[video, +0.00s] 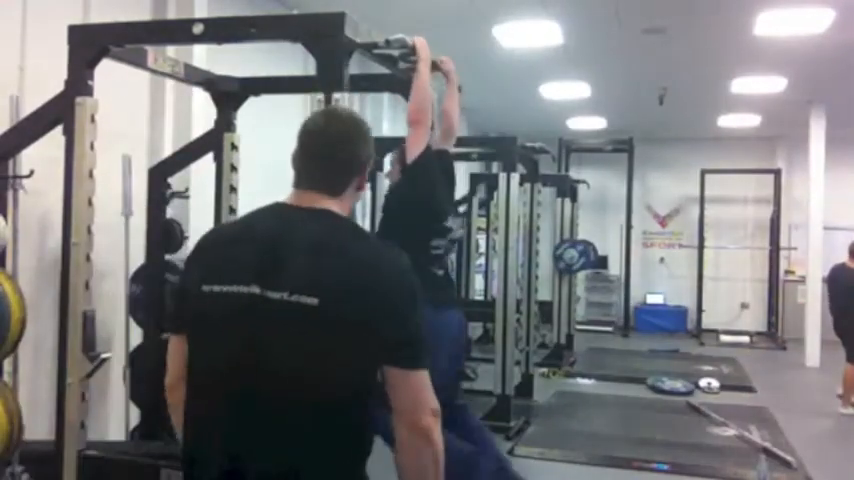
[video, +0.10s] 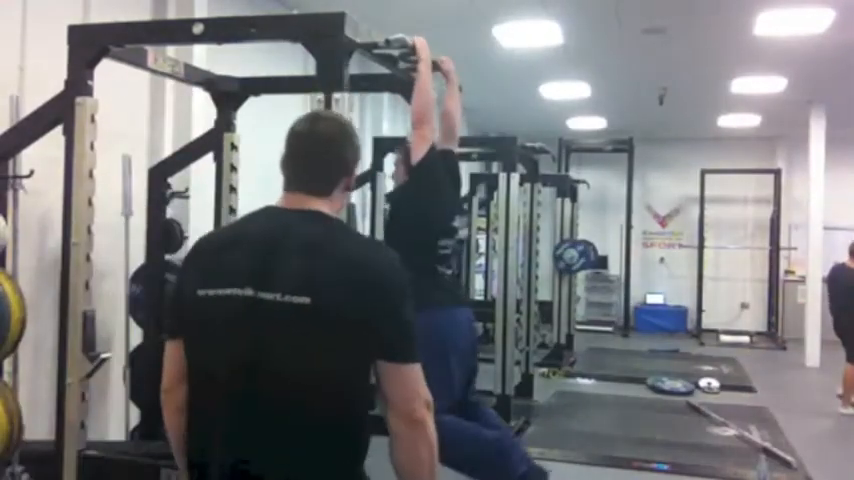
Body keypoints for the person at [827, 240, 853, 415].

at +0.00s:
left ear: (848, 253)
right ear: (852, 254)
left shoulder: (836, 271)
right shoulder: (843, 272)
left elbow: (833, 302)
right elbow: (835, 303)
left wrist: (837, 318)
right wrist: (839, 319)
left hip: (841, 323)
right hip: (848, 324)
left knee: (850, 358)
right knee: (850, 360)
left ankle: (845, 389)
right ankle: (847, 400)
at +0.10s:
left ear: (848, 253)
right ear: (852, 254)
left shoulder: (836, 271)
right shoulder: (843, 272)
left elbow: (833, 302)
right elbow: (836, 303)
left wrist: (837, 318)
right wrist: (839, 319)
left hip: (841, 323)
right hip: (848, 324)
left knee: (850, 358)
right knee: (850, 360)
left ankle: (845, 389)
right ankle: (847, 400)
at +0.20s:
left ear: (848, 253)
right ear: (851, 254)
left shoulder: (836, 271)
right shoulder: (843, 273)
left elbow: (834, 303)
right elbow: (837, 304)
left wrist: (838, 320)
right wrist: (840, 322)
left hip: (841, 324)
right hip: (848, 325)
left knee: (849, 359)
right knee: (850, 361)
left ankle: (845, 389)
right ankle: (847, 401)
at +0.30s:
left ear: (848, 254)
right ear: (851, 255)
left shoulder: (836, 271)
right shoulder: (843, 273)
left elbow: (834, 304)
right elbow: (837, 304)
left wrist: (838, 320)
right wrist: (840, 322)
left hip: (840, 323)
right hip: (848, 324)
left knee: (849, 358)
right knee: (850, 360)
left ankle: (845, 389)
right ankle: (847, 401)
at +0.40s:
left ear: (848, 253)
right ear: (851, 255)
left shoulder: (836, 272)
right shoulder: (843, 273)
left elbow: (834, 304)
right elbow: (837, 305)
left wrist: (838, 321)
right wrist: (840, 323)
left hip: (841, 324)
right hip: (847, 325)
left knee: (849, 359)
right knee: (850, 361)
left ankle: (845, 389)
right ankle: (847, 401)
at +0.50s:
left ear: (848, 253)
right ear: (851, 255)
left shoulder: (836, 272)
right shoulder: (843, 273)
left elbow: (833, 304)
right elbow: (837, 305)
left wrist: (838, 321)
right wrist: (841, 324)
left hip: (840, 325)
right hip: (847, 326)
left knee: (849, 359)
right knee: (850, 361)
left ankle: (845, 389)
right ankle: (847, 401)